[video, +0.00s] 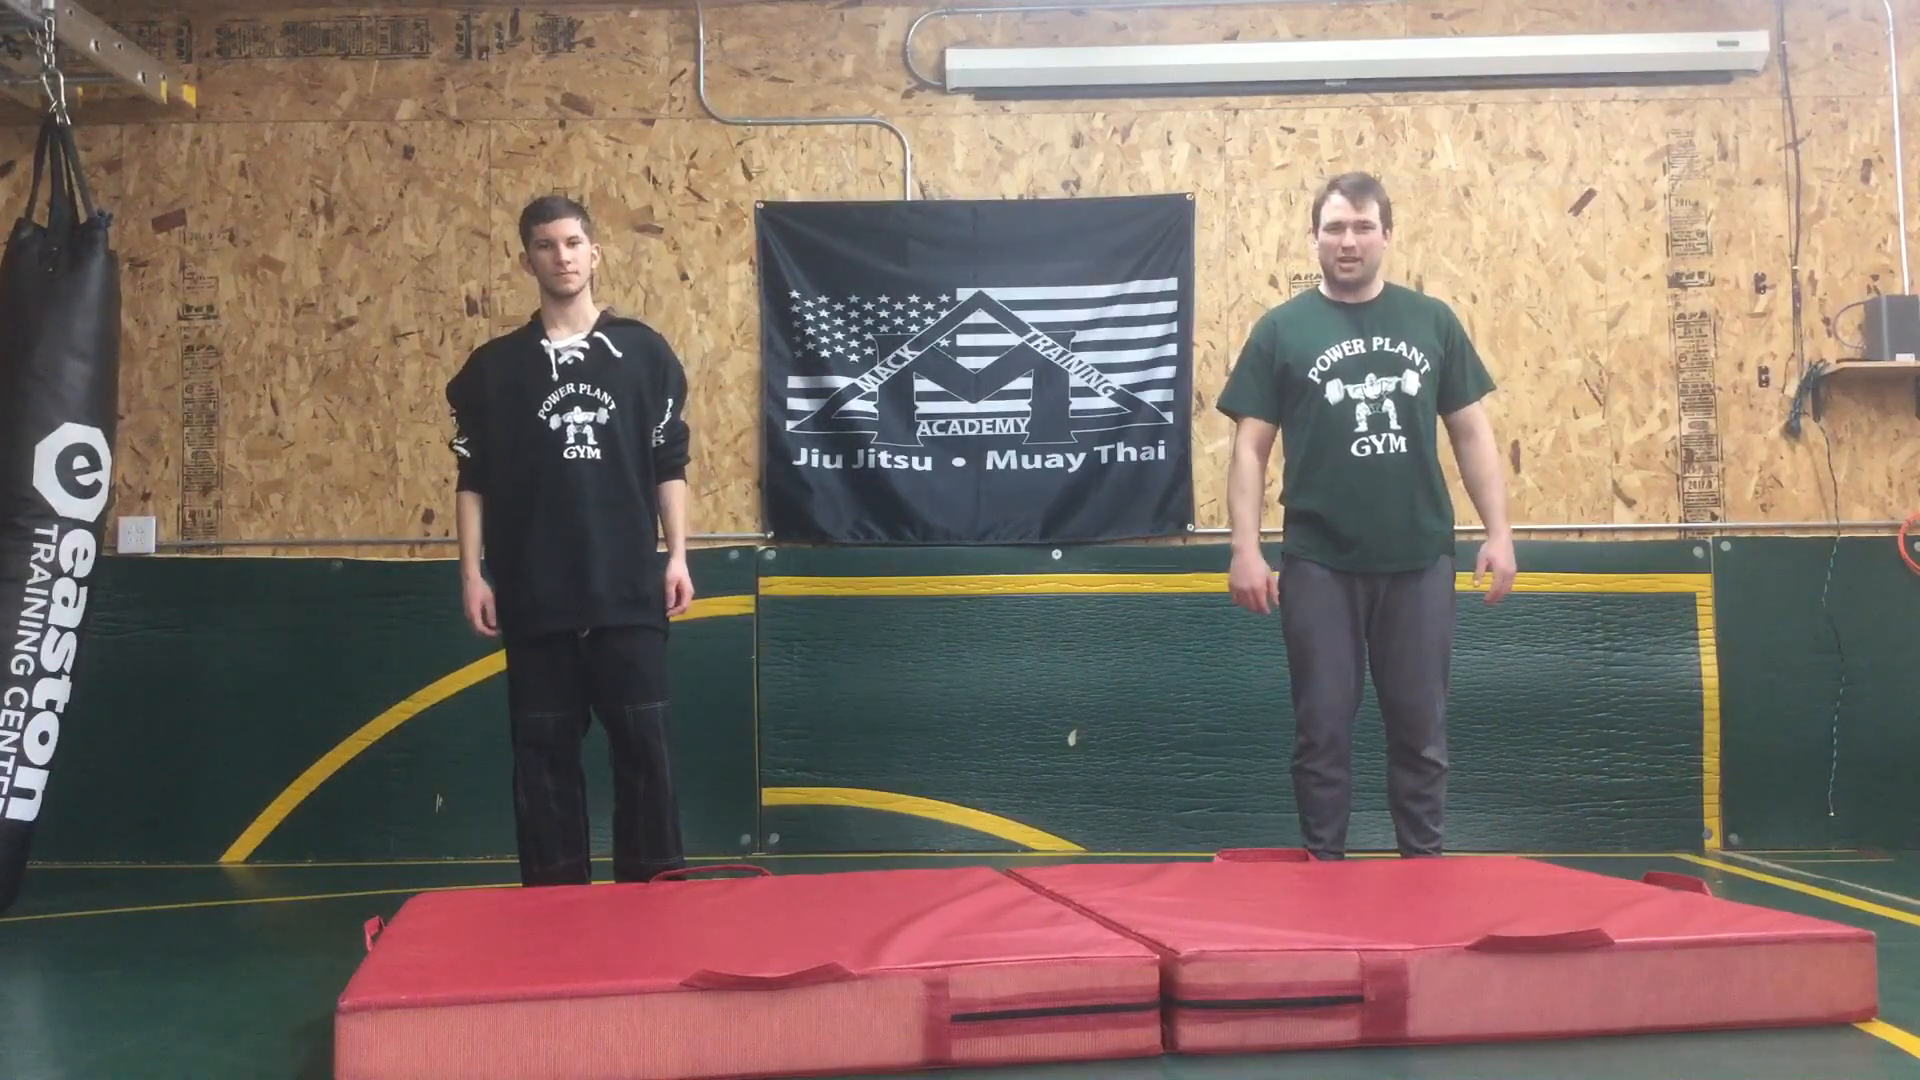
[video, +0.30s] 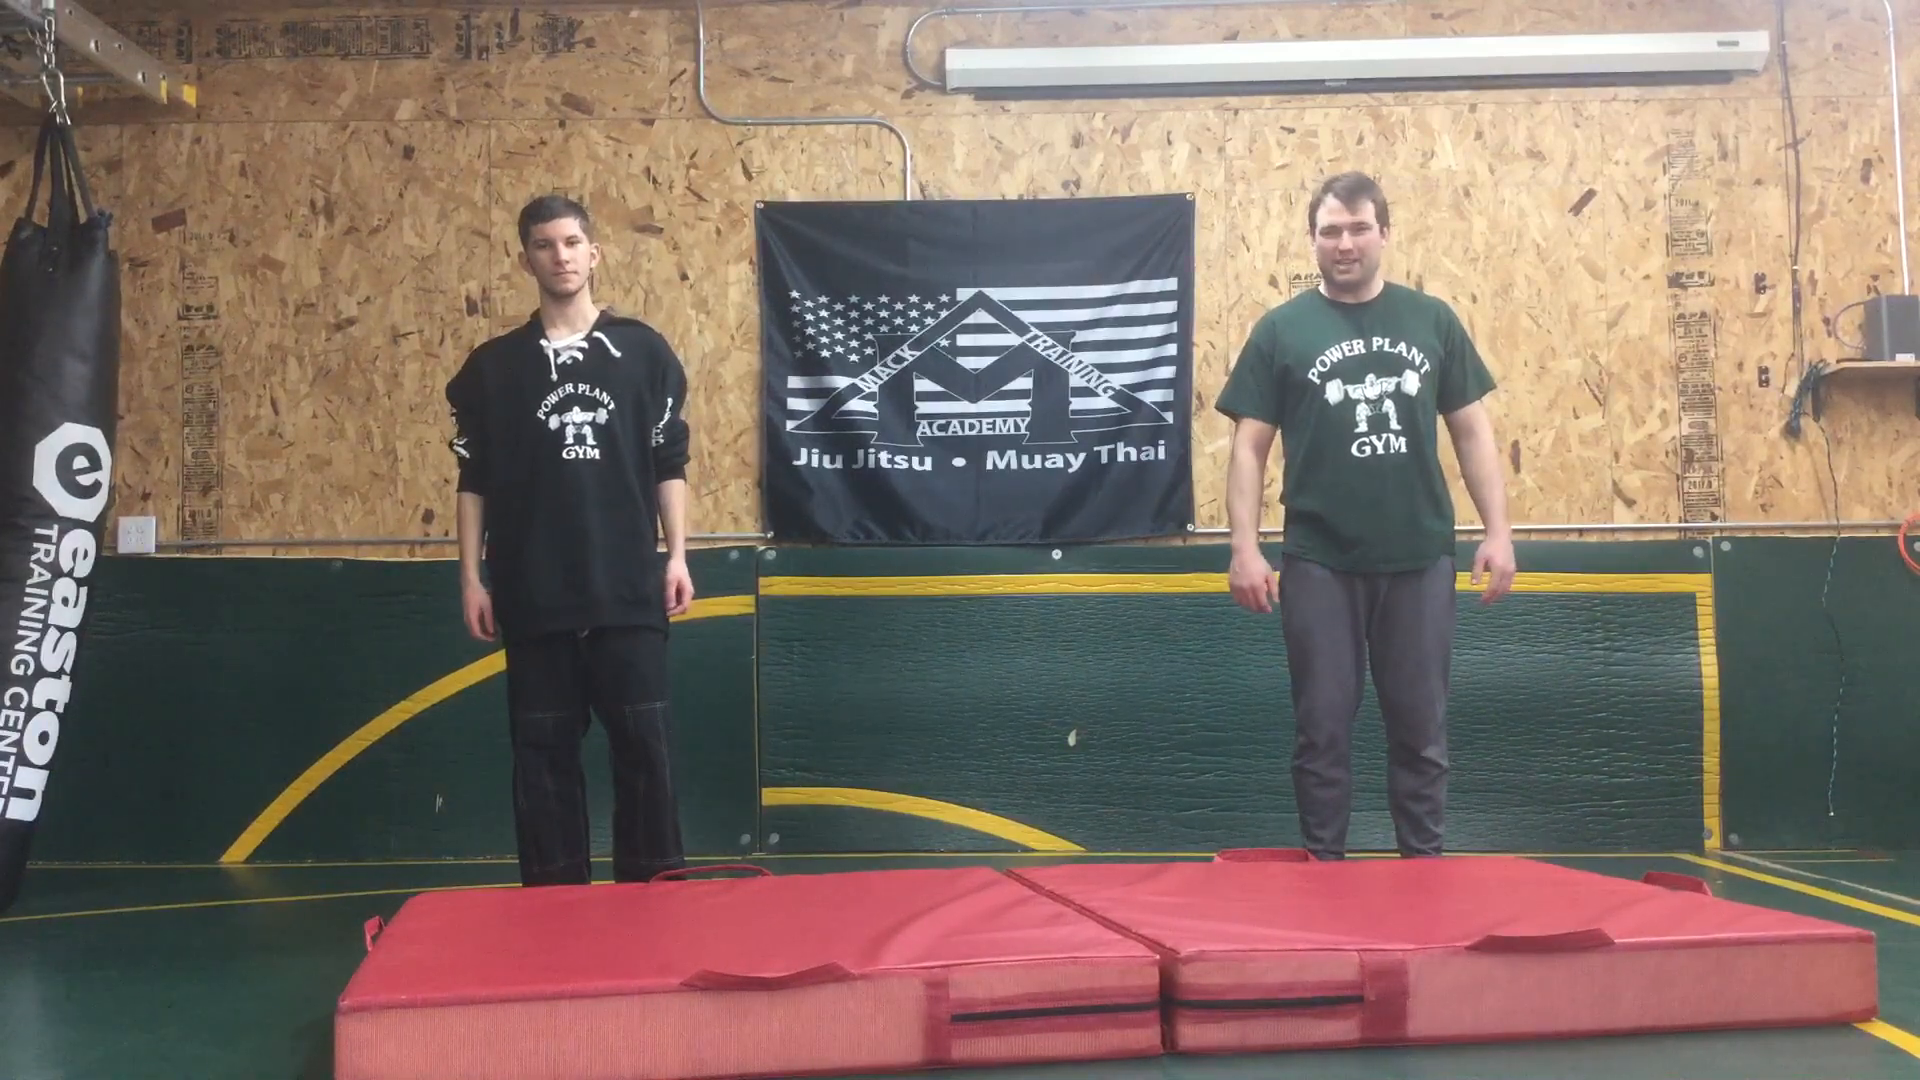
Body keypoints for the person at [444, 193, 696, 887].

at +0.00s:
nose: (563, 256)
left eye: (573, 242)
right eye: (547, 246)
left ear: (594, 251)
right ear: (529, 261)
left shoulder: (645, 351)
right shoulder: (490, 366)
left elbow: (669, 463)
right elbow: (471, 478)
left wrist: (678, 552)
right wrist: (473, 572)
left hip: (628, 584)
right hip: (532, 589)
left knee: (645, 751)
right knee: (543, 759)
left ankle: (654, 902)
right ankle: (555, 910)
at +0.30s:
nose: (561, 256)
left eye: (572, 242)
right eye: (545, 246)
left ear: (593, 252)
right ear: (528, 261)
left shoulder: (644, 350)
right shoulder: (490, 366)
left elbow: (669, 463)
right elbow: (472, 479)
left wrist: (678, 553)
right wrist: (471, 577)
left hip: (628, 585)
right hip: (532, 591)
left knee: (645, 752)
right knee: (543, 761)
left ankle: (654, 904)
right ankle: (554, 912)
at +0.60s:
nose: (559, 256)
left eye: (570, 242)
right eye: (544, 246)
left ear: (592, 251)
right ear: (526, 260)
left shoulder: (643, 350)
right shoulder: (489, 366)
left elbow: (670, 462)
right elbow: (471, 480)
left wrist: (679, 552)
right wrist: (470, 577)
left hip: (626, 585)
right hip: (530, 592)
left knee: (644, 753)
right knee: (542, 763)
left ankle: (654, 906)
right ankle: (554, 913)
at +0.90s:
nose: (559, 256)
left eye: (569, 242)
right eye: (543, 246)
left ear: (590, 251)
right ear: (525, 261)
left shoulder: (643, 350)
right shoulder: (486, 366)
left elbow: (669, 461)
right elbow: (468, 480)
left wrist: (679, 551)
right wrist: (467, 574)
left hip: (625, 585)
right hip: (529, 591)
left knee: (643, 753)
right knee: (542, 764)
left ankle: (653, 906)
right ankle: (555, 914)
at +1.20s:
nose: (558, 255)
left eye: (569, 241)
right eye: (542, 246)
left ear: (590, 250)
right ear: (525, 261)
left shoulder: (642, 349)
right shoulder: (486, 365)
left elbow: (668, 461)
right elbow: (469, 479)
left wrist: (678, 551)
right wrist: (466, 576)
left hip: (625, 584)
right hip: (529, 591)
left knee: (643, 753)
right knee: (542, 762)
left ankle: (653, 905)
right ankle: (554, 912)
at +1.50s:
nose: (557, 255)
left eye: (568, 241)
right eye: (541, 245)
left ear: (590, 250)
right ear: (524, 260)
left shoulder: (642, 350)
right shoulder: (486, 366)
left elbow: (669, 462)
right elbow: (469, 479)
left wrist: (678, 552)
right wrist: (467, 574)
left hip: (625, 585)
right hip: (529, 591)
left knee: (643, 753)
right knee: (541, 762)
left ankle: (652, 903)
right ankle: (553, 912)